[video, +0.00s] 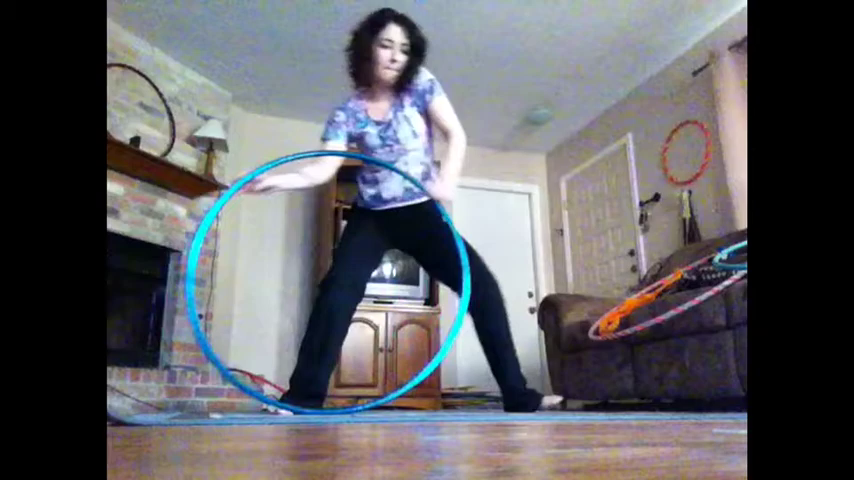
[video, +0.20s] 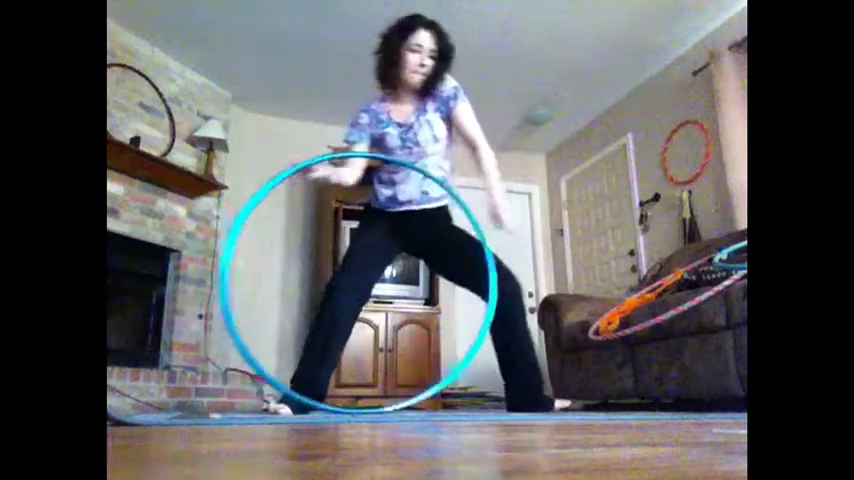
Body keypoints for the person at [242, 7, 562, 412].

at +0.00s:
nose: (395, 56)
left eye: (404, 49)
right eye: (386, 46)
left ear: (412, 57)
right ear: (365, 50)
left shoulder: (420, 87)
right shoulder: (348, 112)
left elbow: (456, 135)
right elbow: (322, 168)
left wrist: (447, 181)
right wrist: (274, 180)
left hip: (420, 214)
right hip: (370, 218)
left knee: (483, 287)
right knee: (337, 293)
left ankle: (518, 396)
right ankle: (302, 398)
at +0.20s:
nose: (423, 61)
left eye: (431, 55)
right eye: (415, 50)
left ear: (437, 63)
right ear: (393, 53)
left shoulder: (444, 93)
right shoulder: (371, 115)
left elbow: (480, 146)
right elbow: (351, 172)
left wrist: (497, 198)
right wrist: (331, 172)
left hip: (433, 224)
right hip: (382, 225)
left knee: (505, 287)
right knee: (341, 297)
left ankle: (528, 402)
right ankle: (300, 400)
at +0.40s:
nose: (468, 69)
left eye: (475, 63)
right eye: (460, 58)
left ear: (479, 73)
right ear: (436, 60)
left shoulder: (480, 109)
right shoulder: (403, 114)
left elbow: (504, 163)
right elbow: (376, 173)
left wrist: (526, 215)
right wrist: (393, 168)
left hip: (453, 230)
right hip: (402, 227)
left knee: (525, 287)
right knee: (357, 304)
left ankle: (530, 401)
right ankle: (302, 399)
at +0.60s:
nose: (509, 79)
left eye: (516, 75)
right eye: (505, 68)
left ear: (520, 84)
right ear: (484, 66)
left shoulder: (506, 127)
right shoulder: (446, 104)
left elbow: (501, 185)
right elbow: (412, 154)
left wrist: (497, 237)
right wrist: (457, 159)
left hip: (467, 231)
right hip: (421, 222)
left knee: (541, 292)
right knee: (374, 306)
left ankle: (532, 399)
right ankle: (303, 402)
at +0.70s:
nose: (523, 86)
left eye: (529, 81)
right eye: (518, 75)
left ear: (529, 88)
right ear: (498, 71)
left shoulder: (509, 131)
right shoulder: (464, 98)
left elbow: (499, 182)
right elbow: (435, 149)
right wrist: (485, 160)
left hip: (471, 230)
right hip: (428, 218)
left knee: (544, 292)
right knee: (379, 305)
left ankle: (533, 400)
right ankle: (304, 401)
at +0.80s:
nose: (531, 90)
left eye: (537, 87)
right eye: (527, 80)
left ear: (537, 97)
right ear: (509, 76)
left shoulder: (505, 133)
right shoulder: (480, 96)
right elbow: (459, 148)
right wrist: (516, 168)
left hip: (467, 228)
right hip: (432, 215)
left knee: (544, 293)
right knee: (379, 307)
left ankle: (534, 403)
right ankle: (304, 402)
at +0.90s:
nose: (536, 103)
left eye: (542, 99)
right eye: (534, 93)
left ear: (540, 104)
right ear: (519, 84)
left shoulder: (510, 125)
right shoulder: (498, 97)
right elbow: (503, 151)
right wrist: (553, 183)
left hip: (469, 227)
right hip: (438, 215)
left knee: (544, 292)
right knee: (384, 309)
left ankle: (530, 405)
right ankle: (304, 402)